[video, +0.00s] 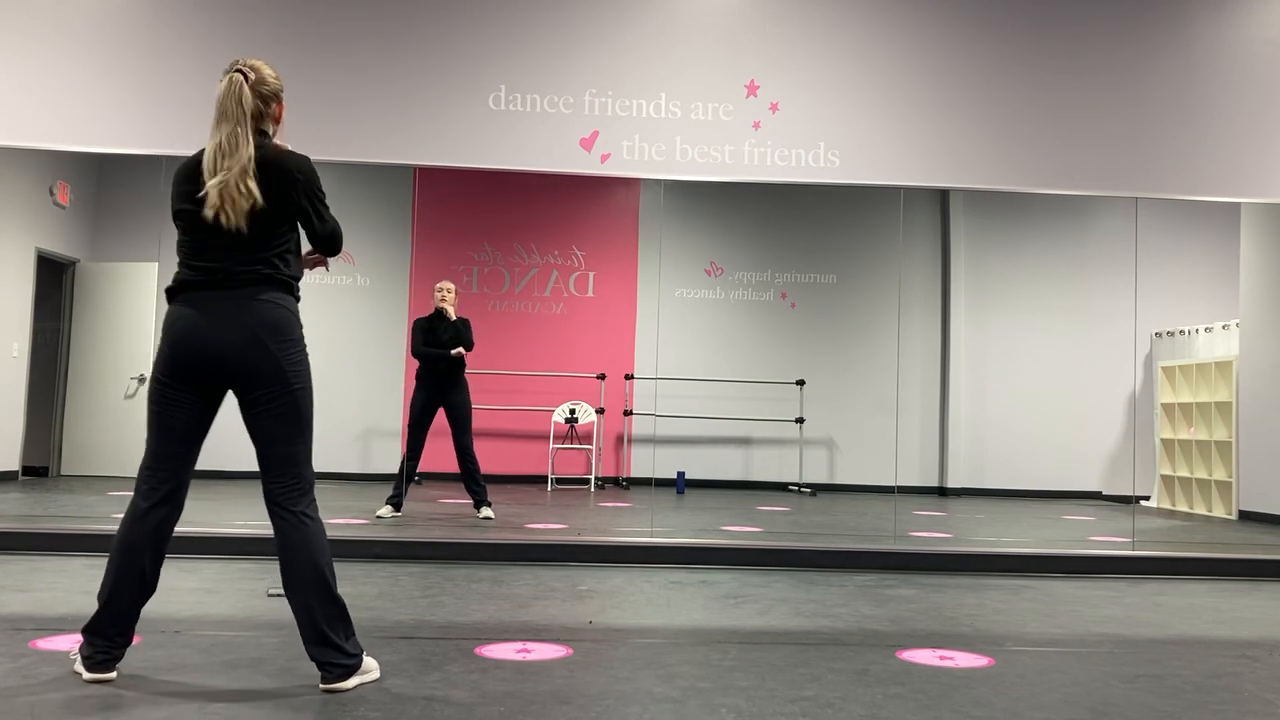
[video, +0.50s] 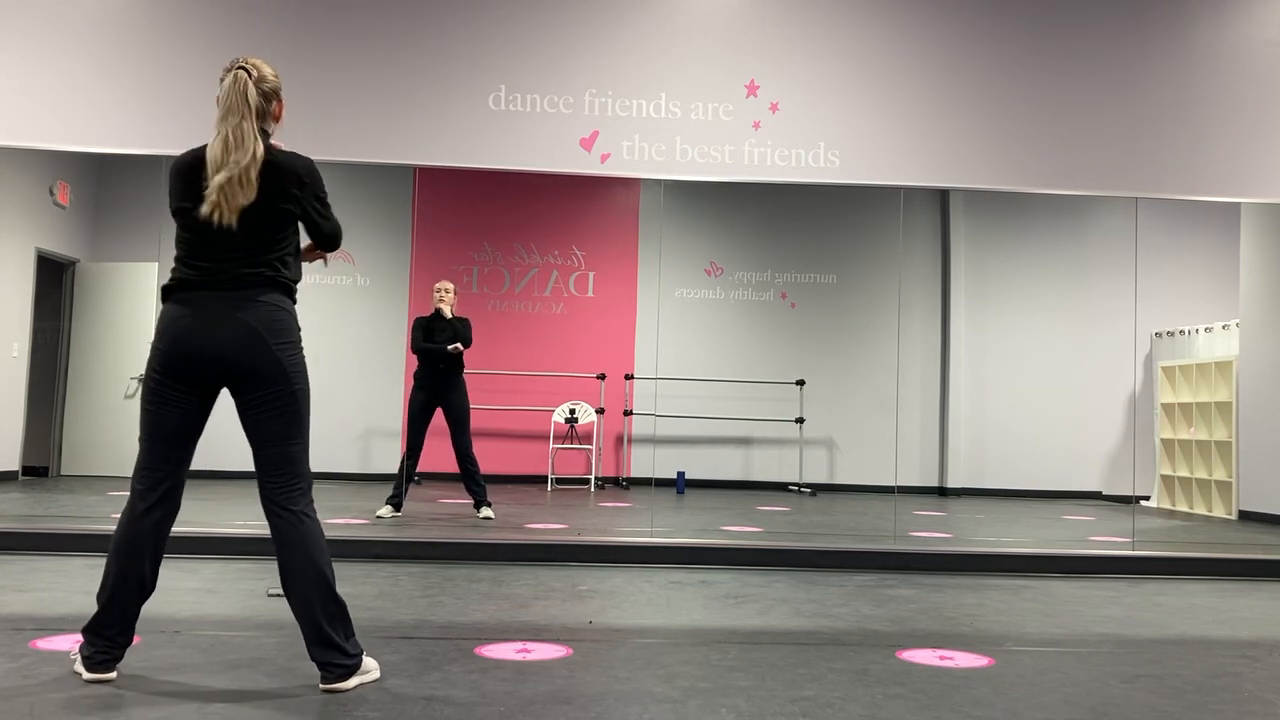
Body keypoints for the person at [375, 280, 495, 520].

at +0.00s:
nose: (443, 294)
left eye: (448, 291)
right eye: (440, 291)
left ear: (455, 298)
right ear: (433, 296)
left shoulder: (462, 323)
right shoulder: (421, 323)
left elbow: (468, 347)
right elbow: (416, 351)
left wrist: (453, 318)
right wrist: (449, 353)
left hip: (455, 390)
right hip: (426, 389)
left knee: (465, 447)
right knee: (413, 449)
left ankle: (482, 504)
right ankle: (394, 504)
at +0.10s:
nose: (444, 296)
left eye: (449, 293)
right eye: (441, 292)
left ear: (457, 299)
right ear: (434, 297)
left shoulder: (464, 325)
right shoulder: (422, 325)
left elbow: (469, 350)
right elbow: (419, 354)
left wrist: (454, 322)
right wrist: (452, 358)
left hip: (460, 391)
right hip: (430, 391)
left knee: (468, 448)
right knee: (416, 449)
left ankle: (482, 504)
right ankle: (394, 504)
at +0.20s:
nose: (446, 299)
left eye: (450, 295)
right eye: (442, 295)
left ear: (457, 300)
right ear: (435, 299)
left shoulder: (465, 326)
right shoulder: (423, 327)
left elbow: (469, 354)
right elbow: (419, 360)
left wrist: (454, 326)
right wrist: (452, 362)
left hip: (464, 391)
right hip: (434, 392)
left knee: (471, 449)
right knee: (418, 451)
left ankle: (483, 504)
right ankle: (394, 504)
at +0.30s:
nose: (446, 297)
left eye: (450, 293)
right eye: (442, 293)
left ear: (457, 299)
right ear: (435, 298)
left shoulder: (465, 325)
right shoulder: (423, 325)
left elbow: (471, 350)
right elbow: (421, 356)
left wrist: (456, 322)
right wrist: (453, 358)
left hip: (462, 391)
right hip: (432, 391)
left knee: (469, 449)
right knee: (416, 450)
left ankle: (483, 504)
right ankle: (394, 504)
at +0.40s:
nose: (444, 294)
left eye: (449, 291)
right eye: (440, 291)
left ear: (457, 298)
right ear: (434, 297)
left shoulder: (464, 322)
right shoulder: (423, 323)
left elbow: (471, 343)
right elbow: (420, 349)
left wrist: (454, 317)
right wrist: (453, 350)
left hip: (458, 389)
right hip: (428, 389)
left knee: (466, 448)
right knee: (413, 449)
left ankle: (482, 504)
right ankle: (394, 504)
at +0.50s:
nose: (441, 294)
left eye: (447, 291)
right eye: (438, 291)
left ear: (455, 298)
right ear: (432, 296)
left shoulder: (462, 322)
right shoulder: (421, 322)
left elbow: (466, 341)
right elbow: (416, 347)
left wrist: (450, 316)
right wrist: (446, 348)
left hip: (453, 389)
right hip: (424, 389)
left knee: (463, 448)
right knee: (412, 449)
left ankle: (482, 504)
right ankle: (394, 504)